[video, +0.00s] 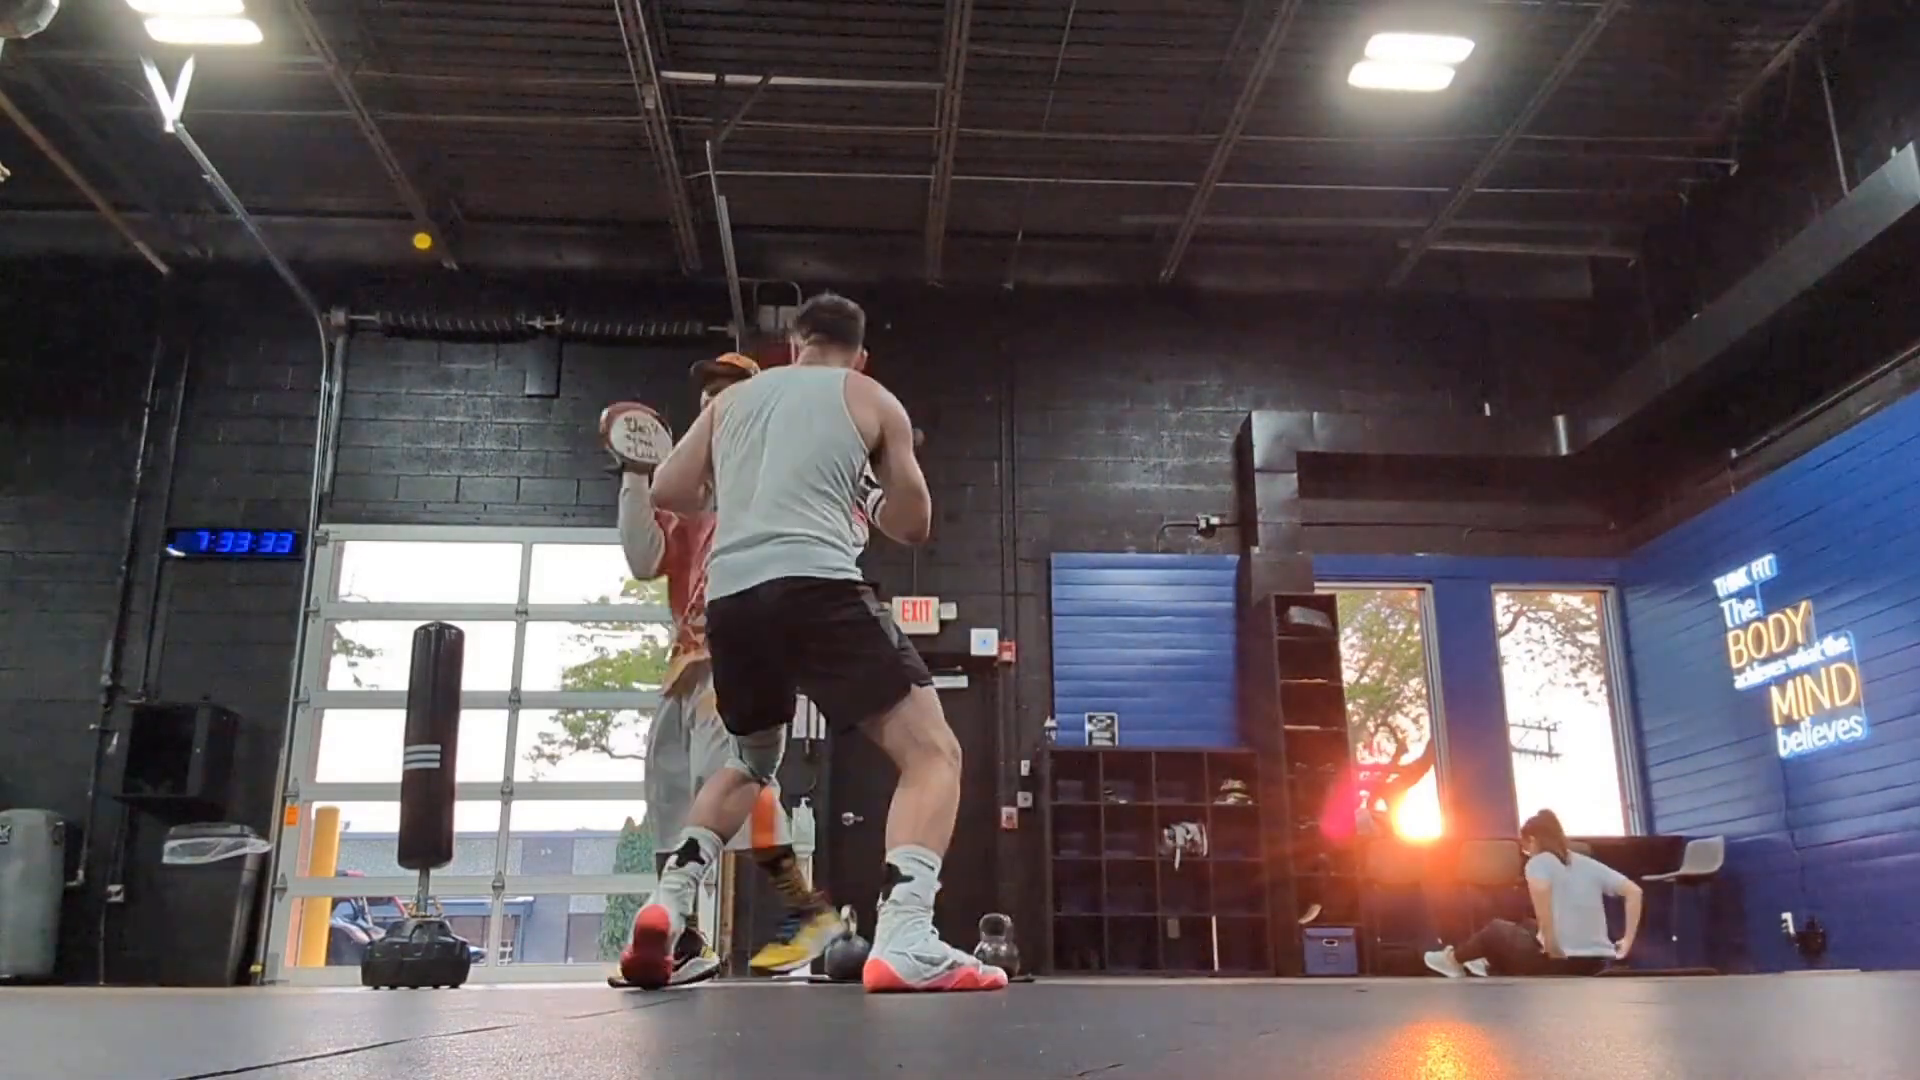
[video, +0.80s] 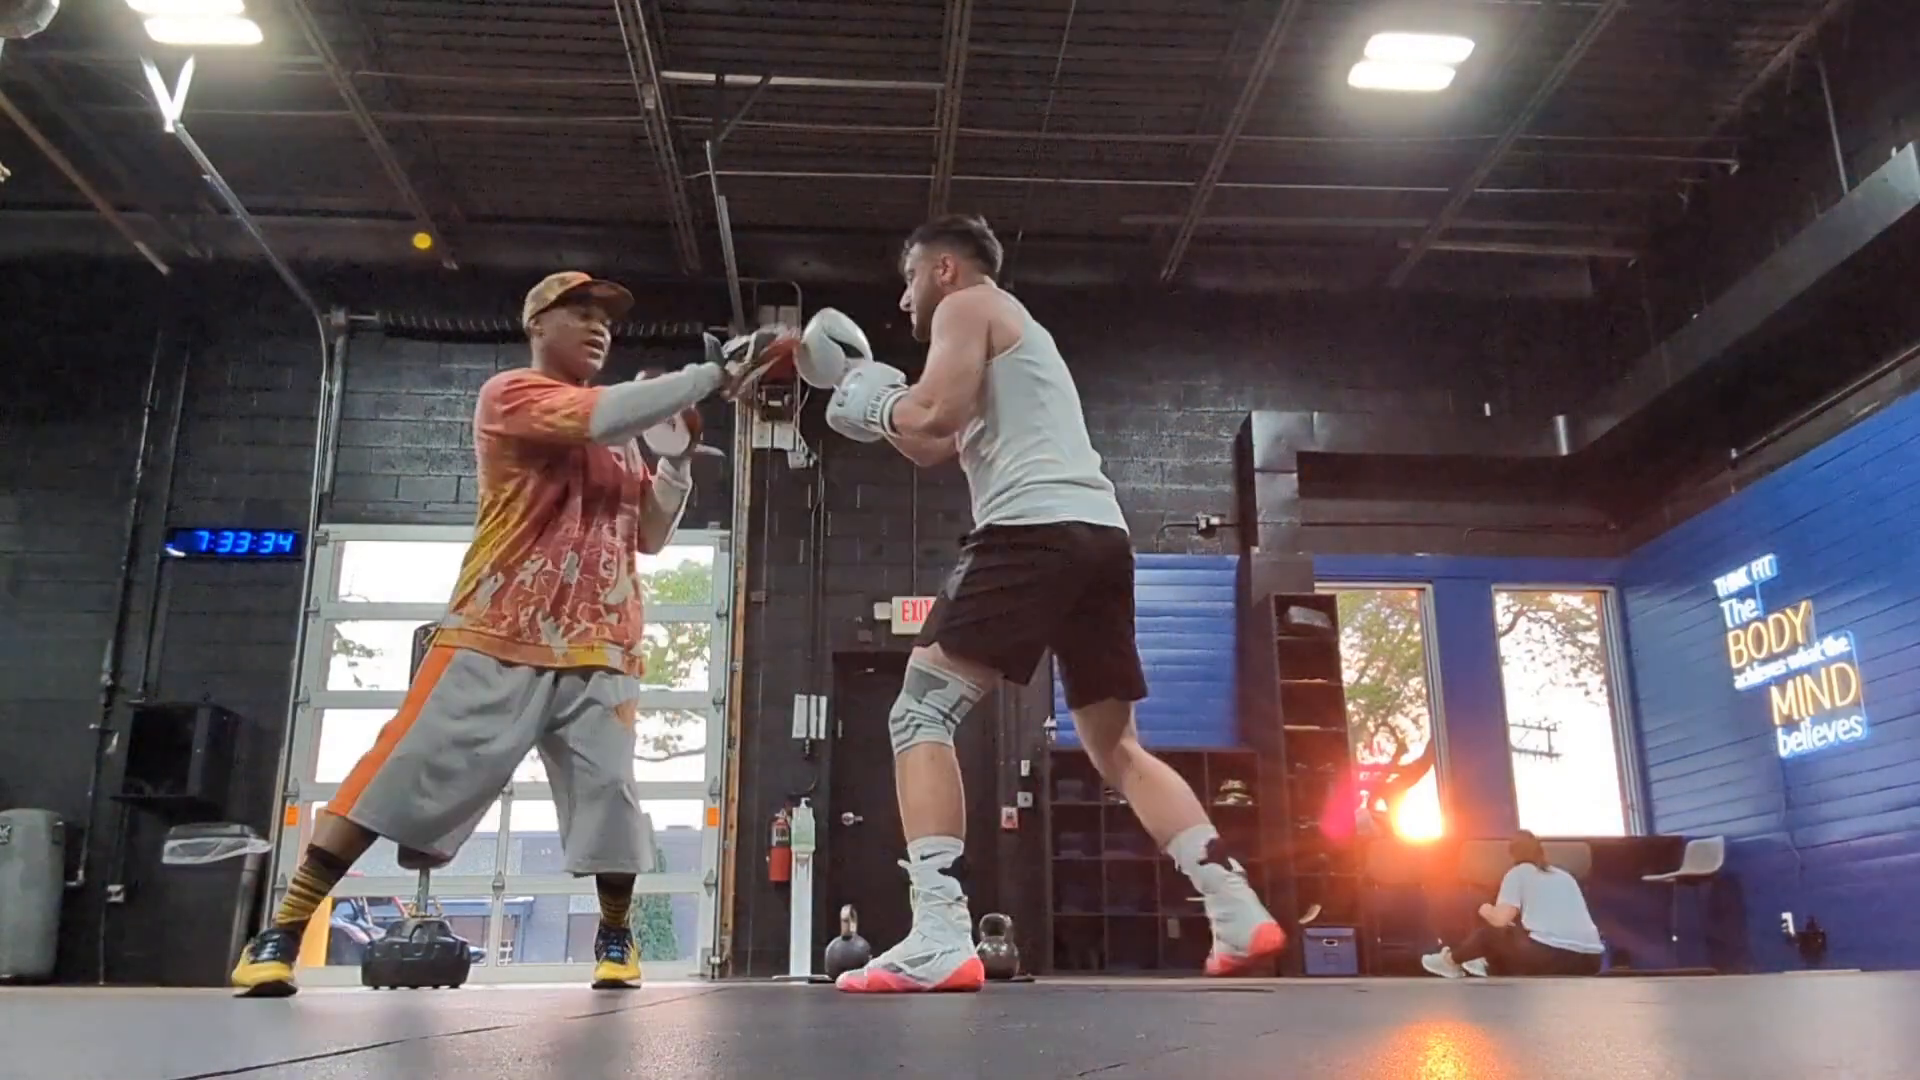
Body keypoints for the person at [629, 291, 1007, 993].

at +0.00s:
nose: (803, 359)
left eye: (795, 348)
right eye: (857, 357)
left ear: (793, 345)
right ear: (861, 353)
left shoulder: (733, 399)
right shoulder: (876, 402)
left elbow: (671, 490)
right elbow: (913, 523)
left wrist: (736, 497)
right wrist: (863, 499)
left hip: (731, 603)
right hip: (822, 590)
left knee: (747, 766)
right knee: (933, 756)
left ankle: (669, 898)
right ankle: (907, 936)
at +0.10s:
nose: (779, 334)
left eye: (770, 323)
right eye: (826, 330)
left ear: (767, 321)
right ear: (839, 330)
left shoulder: (723, 375)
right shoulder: (875, 384)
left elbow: (669, 479)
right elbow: (896, 502)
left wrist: (702, 410)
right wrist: (866, 440)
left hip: (760, 582)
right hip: (852, 570)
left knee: (732, 771)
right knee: (919, 756)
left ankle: (667, 938)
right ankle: (906, 931)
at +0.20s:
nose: (769, 332)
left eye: (768, 323)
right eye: (775, 325)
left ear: (778, 318)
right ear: (844, 324)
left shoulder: (750, 365)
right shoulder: (884, 380)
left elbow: (695, 465)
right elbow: (868, 460)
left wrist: (695, 409)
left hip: (776, 577)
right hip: (871, 573)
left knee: (715, 766)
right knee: (932, 762)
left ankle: (666, 942)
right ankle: (962, 922)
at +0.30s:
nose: (800, 332)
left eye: (801, 322)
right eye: (805, 325)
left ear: (812, 319)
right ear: (876, 332)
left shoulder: (780, 362)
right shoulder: (916, 394)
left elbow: (729, 444)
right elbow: (902, 484)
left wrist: (671, 444)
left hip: (792, 583)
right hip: (893, 582)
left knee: (711, 764)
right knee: (977, 768)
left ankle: (661, 946)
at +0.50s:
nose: (867, 320)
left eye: (868, 308)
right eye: (868, 310)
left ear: (892, 298)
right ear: (941, 304)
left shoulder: (870, 340)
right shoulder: (1004, 371)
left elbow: (802, 435)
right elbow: (1008, 473)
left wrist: (762, 487)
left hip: (899, 559)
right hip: (1000, 563)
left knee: (802, 745)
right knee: (1049, 756)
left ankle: (707, 929)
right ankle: (1121, 940)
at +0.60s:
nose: (874, 292)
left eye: (877, 277)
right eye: (874, 280)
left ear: (908, 266)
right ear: (950, 272)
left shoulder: (902, 301)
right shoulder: (1007, 337)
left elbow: (869, 390)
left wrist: (798, 403)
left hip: (945, 528)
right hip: (1038, 532)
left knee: (851, 707)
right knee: (1063, 739)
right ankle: (1122, 937)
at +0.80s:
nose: (905, 299)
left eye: (911, 279)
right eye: (905, 283)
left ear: (946, 266)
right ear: (970, 271)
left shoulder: (967, 306)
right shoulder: (1019, 335)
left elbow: (936, 411)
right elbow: (939, 451)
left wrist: (877, 399)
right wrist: (871, 409)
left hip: (1028, 534)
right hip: (1103, 539)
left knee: (921, 718)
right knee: (1117, 748)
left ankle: (938, 934)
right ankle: (1236, 912)